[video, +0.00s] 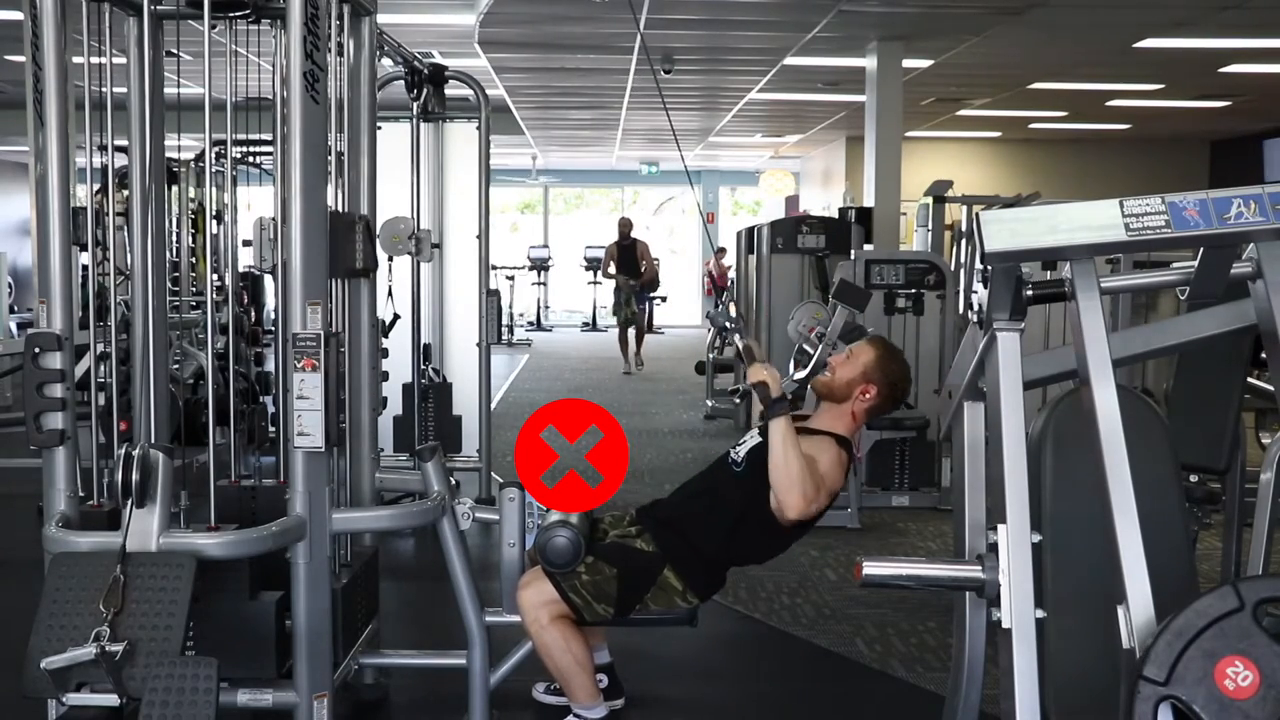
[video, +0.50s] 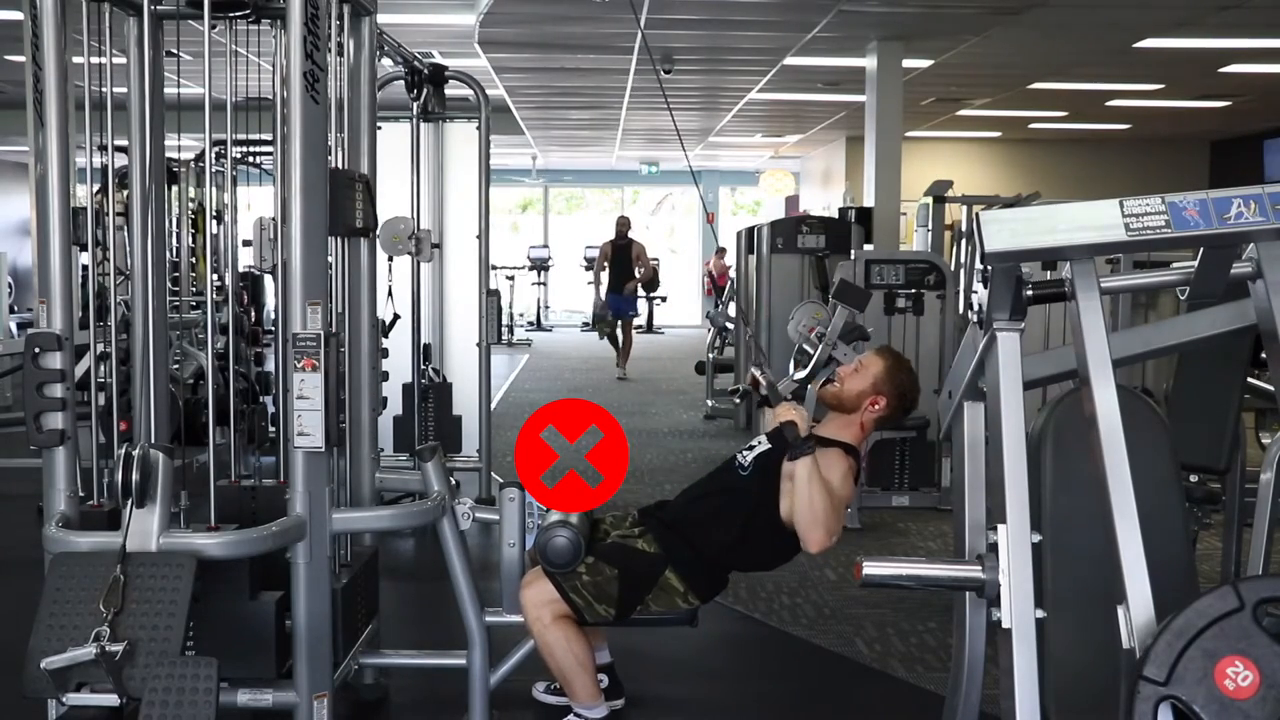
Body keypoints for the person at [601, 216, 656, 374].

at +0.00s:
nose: (623, 230)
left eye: (626, 226)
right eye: (621, 226)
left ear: (631, 228)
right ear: (617, 228)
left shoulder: (641, 246)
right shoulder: (612, 248)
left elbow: (651, 269)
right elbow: (604, 272)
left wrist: (640, 281)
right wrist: (616, 277)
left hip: (638, 289)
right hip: (622, 290)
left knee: (640, 326)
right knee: (623, 327)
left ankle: (638, 353)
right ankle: (626, 361)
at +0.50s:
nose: (621, 228)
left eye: (624, 225)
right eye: (619, 225)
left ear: (629, 228)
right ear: (615, 226)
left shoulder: (637, 247)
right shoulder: (606, 247)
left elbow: (648, 271)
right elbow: (597, 271)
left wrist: (635, 282)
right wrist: (597, 294)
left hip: (628, 294)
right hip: (611, 294)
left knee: (626, 330)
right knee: (609, 329)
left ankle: (622, 365)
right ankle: (618, 352)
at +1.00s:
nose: (604, 228)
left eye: (607, 225)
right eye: (602, 225)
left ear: (613, 226)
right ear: (598, 226)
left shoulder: (622, 245)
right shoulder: (592, 249)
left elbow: (634, 270)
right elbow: (583, 274)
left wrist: (628, 290)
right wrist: (577, 298)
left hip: (618, 296)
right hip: (600, 296)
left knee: (620, 333)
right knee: (598, 334)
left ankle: (621, 361)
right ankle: (598, 372)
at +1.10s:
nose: (602, 226)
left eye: (605, 223)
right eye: (599, 223)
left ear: (610, 225)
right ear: (595, 225)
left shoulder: (620, 244)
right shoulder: (589, 248)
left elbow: (631, 269)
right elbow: (580, 274)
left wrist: (632, 293)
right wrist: (574, 299)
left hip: (616, 296)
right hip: (597, 297)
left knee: (619, 332)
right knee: (597, 334)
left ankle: (618, 358)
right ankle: (598, 372)